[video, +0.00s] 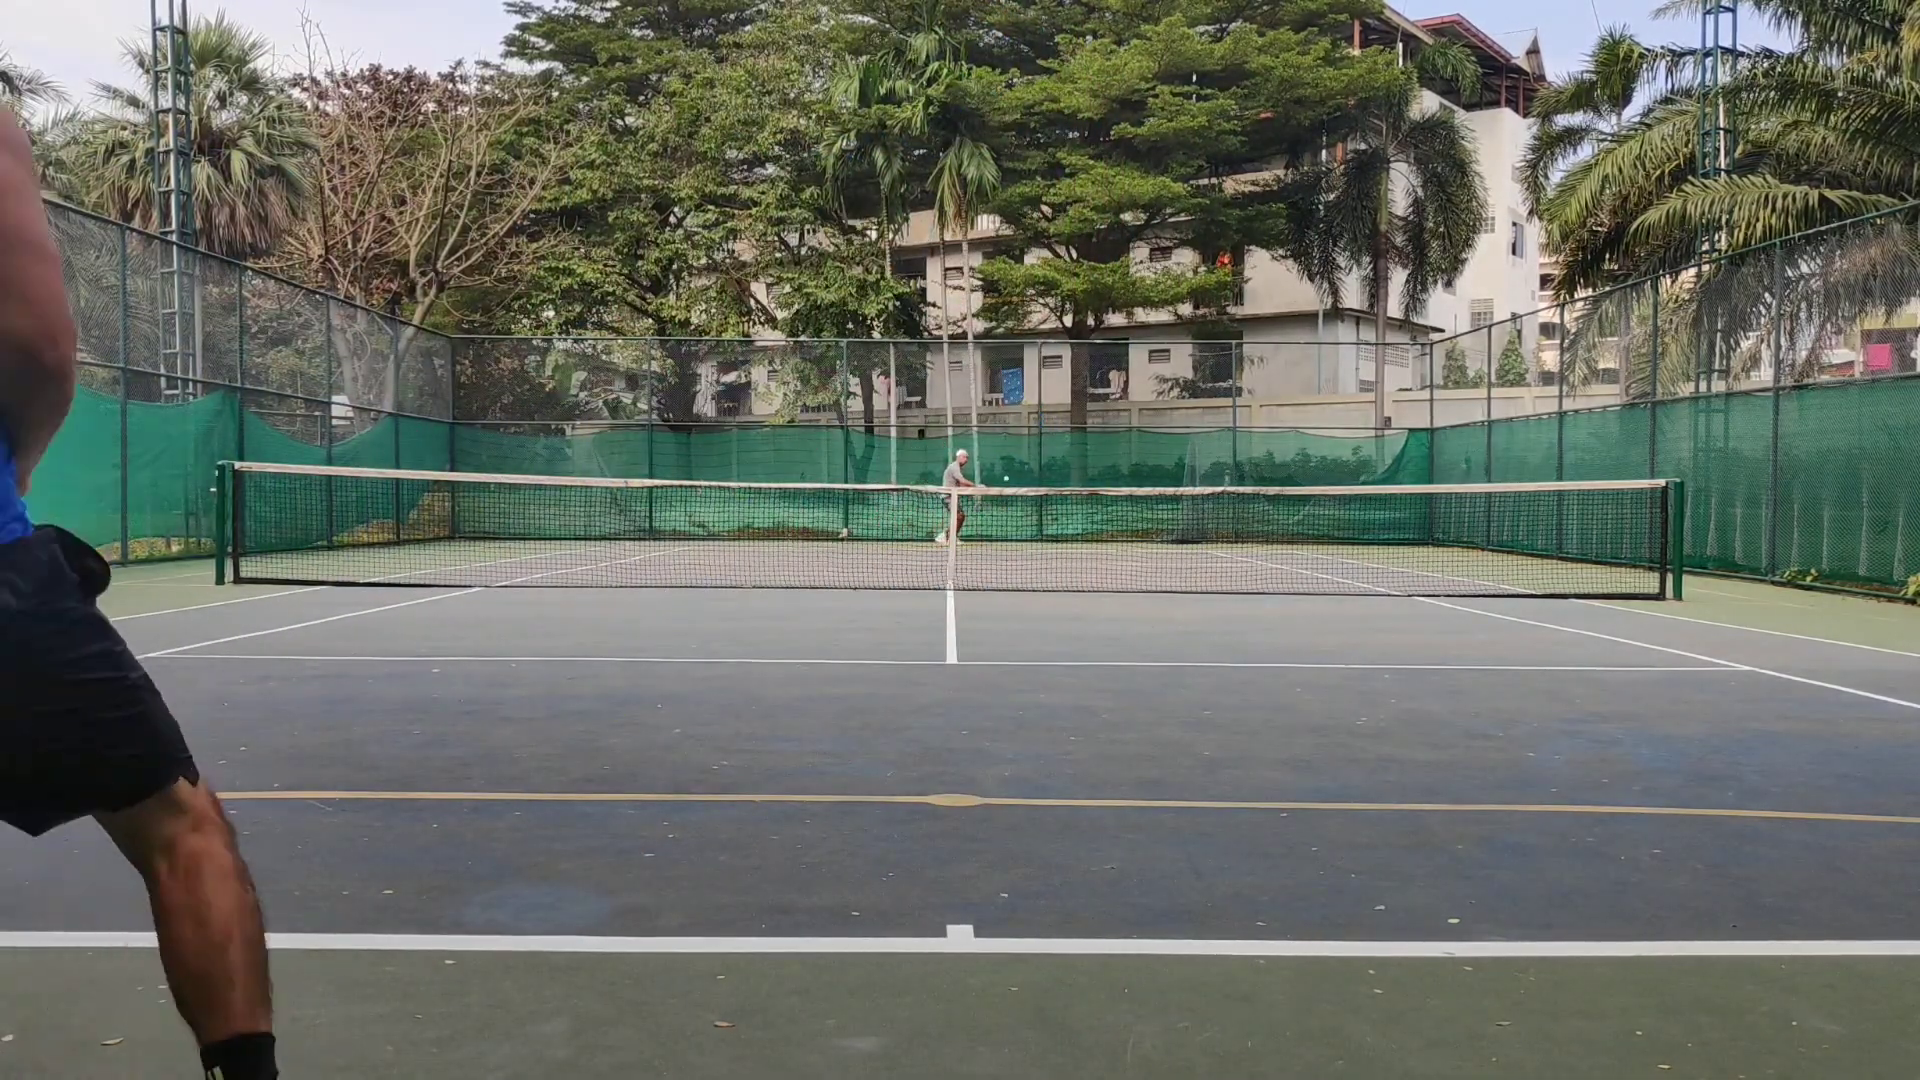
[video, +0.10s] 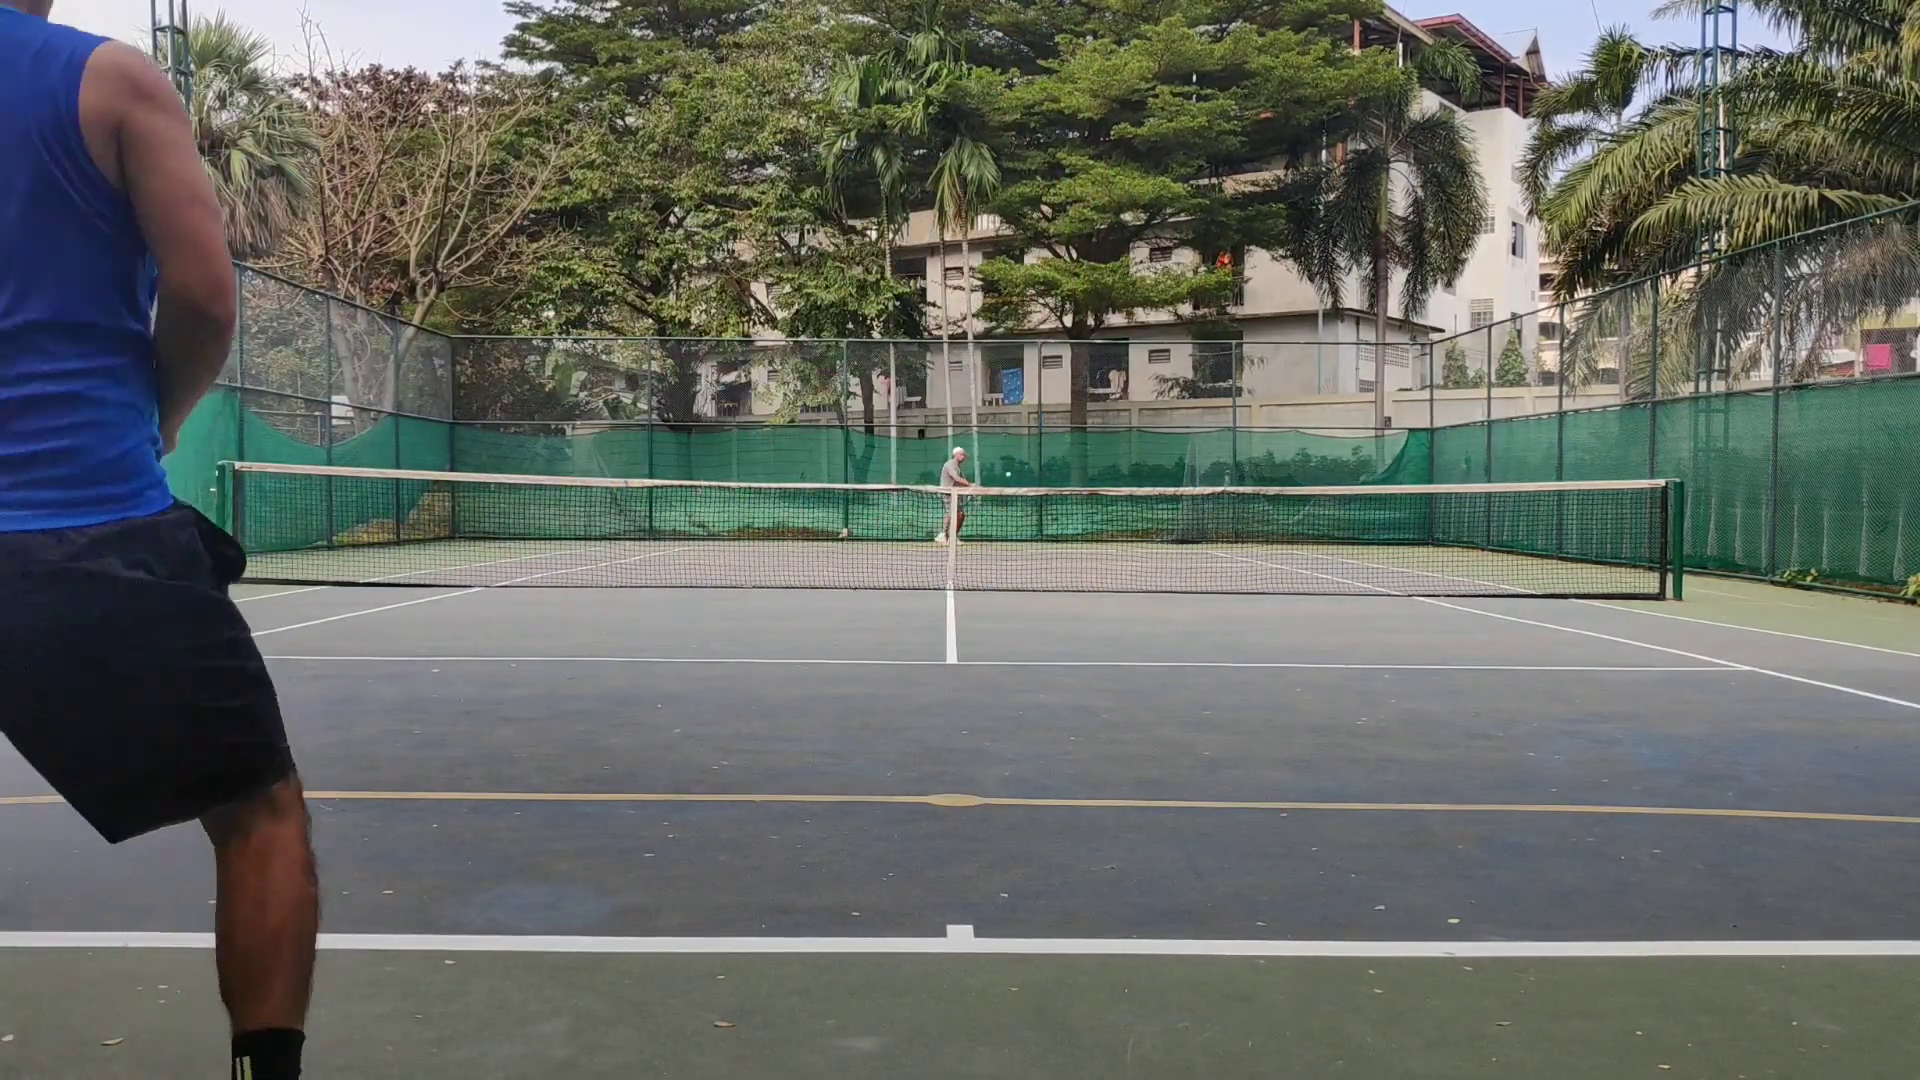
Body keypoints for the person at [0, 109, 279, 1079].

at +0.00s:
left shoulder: (7, 130)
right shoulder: (1, 126)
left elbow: (42, 349)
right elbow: (41, 348)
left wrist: (5, 492)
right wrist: (3, 484)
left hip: (10, 555)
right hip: (7, 564)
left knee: (180, 831)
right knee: (180, 833)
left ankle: (246, 1064)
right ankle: (246, 1067)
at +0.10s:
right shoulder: (110, 77)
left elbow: (202, 300)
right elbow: (205, 297)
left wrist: (128, 428)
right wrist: (139, 422)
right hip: (79, 544)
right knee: (258, 815)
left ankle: (268, 1064)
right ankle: (268, 1069)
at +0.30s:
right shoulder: (274, 3)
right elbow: (347, 148)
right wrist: (337, 318)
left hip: (33, 411)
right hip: (236, 397)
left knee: (127, 732)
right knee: (378, 741)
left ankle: (80, 1060)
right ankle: (379, 1063)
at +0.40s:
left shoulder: (80, 26)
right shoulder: (349, 2)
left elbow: (24, 232)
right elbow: (417, 187)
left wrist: (162, 246)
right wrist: (404, 347)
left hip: (133, 457)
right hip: (318, 439)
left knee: (254, 771)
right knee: (517, 753)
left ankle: (162, 1069)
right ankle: (536, 1071)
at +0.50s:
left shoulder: (183, 98)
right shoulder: (430, 49)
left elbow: (128, 323)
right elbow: (497, 275)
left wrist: (277, 330)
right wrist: (480, 433)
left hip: (227, 551)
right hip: (406, 523)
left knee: (315, 823)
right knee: (665, 791)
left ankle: (183, 1067)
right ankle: (710, 1068)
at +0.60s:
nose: (545, 9)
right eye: (543, 1)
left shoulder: (328, 123)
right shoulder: (550, 72)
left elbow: (274, 360)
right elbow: (608, 303)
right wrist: (604, 454)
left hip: (352, 578)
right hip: (520, 557)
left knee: (384, 841)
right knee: (811, 814)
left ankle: (201, 1069)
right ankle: (799, 1070)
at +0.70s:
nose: (727, 4)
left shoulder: (518, 107)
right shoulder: (693, 50)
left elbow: (454, 340)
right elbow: (749, 311)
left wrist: (617, 331)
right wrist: (772, 461)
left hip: (539, 569)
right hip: (662, 565)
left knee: (522, 869)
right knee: (937, 862)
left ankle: (250, 1065)